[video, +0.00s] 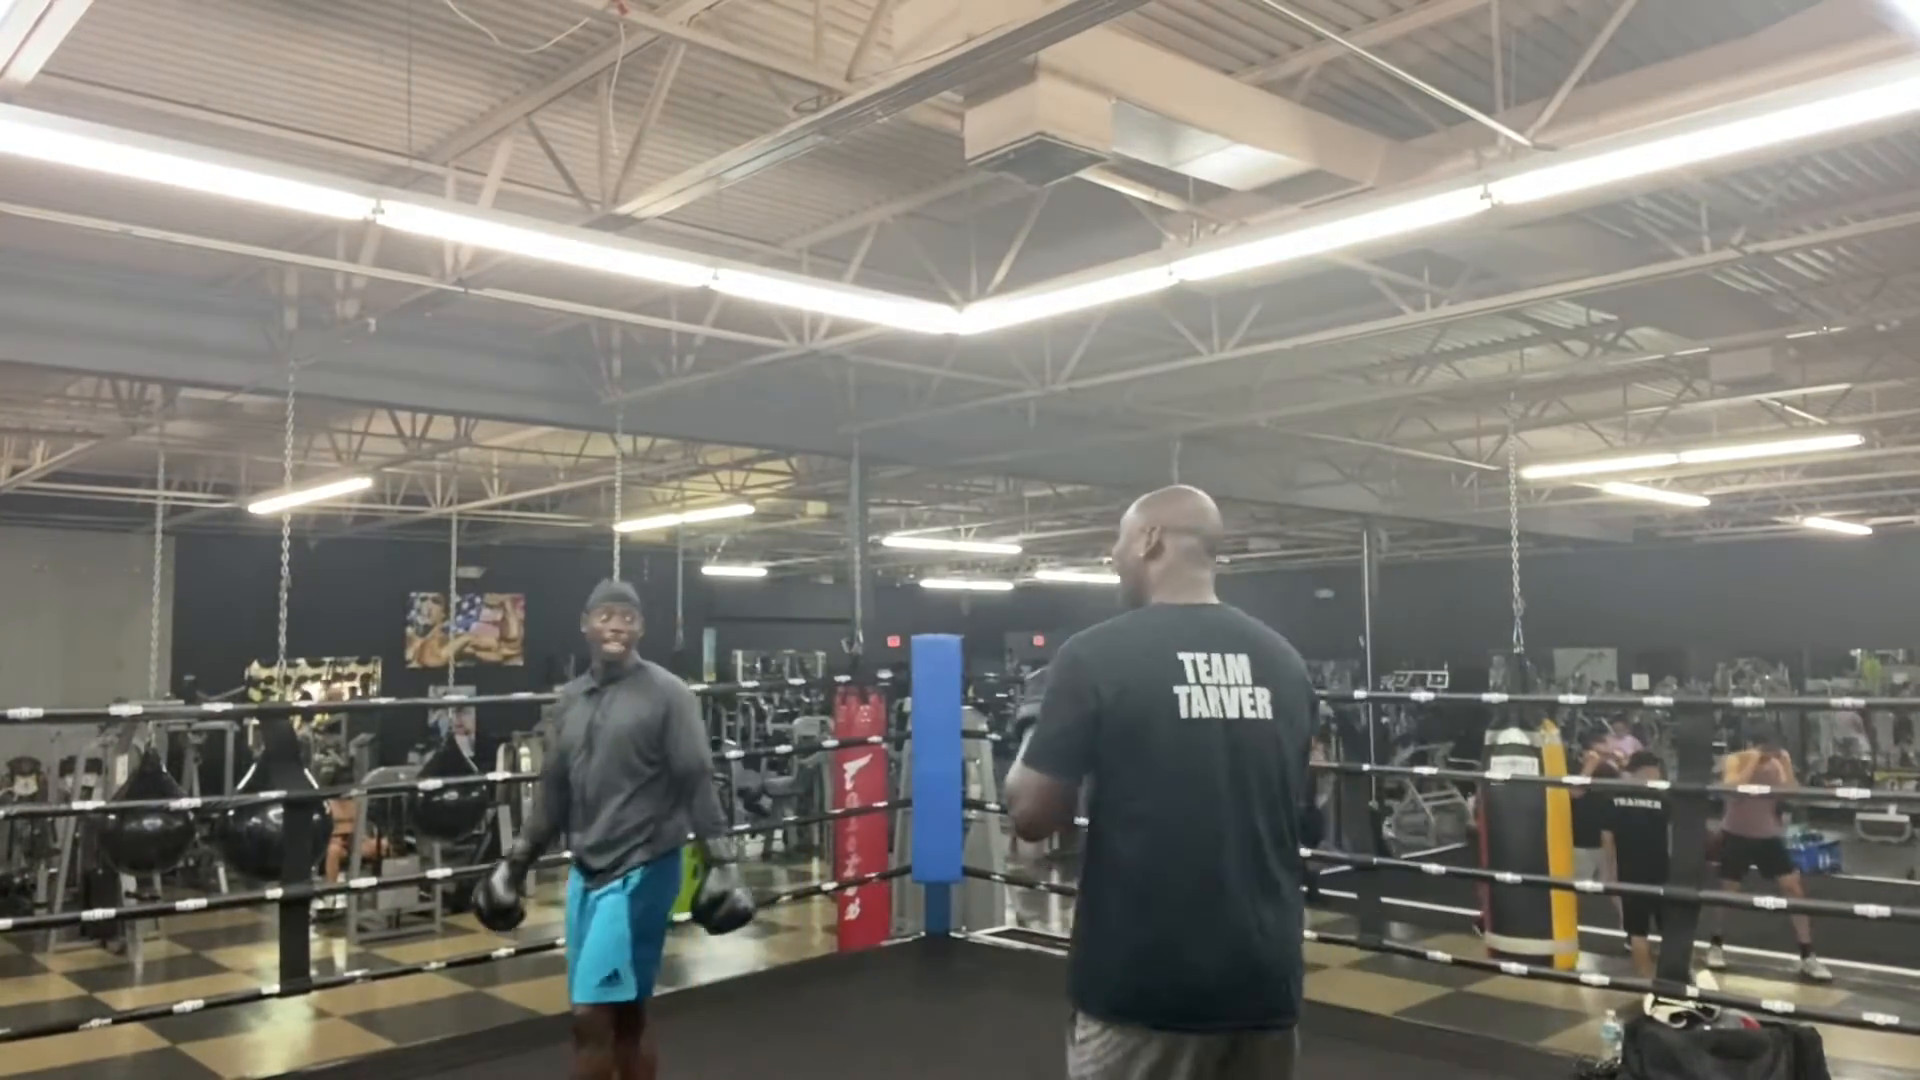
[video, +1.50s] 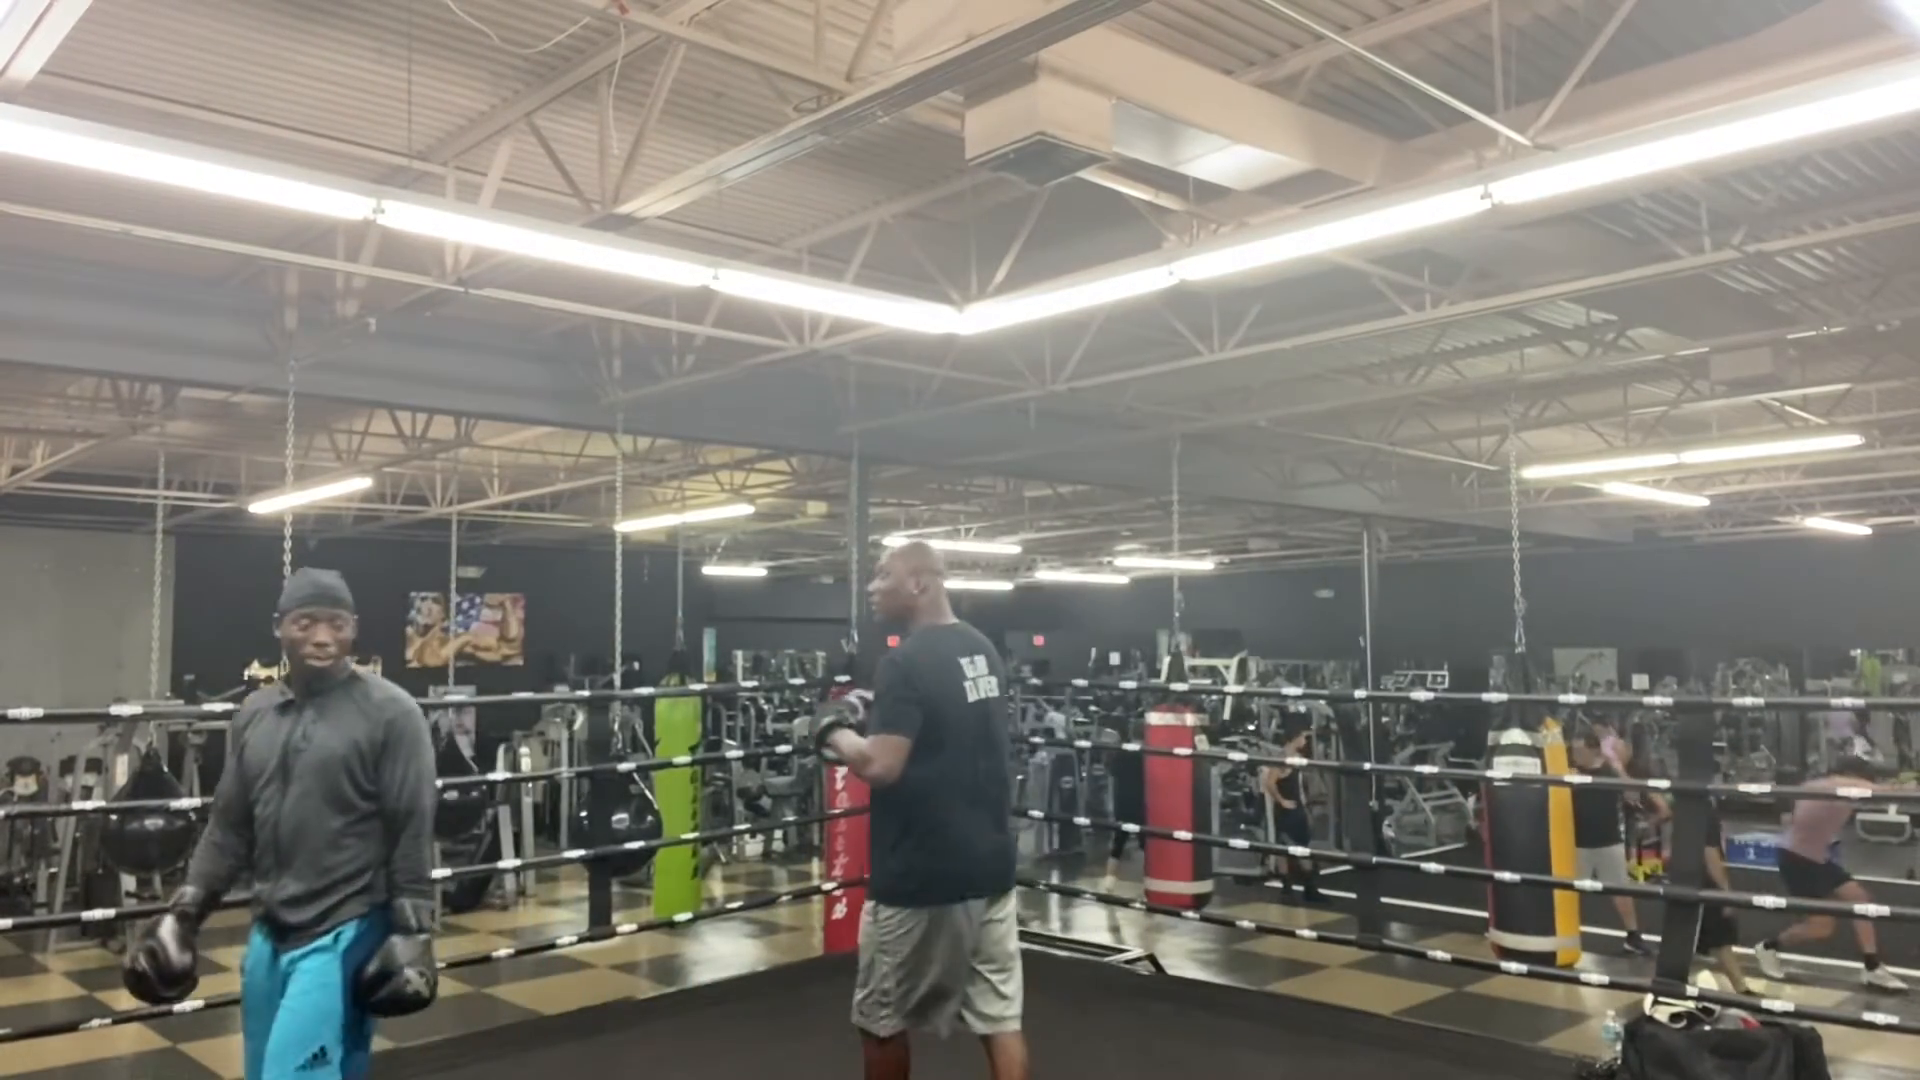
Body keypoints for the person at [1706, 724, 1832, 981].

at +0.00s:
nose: (1766, 759)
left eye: (1770, 756)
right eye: (1762, 754)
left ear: (1776, 756)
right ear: (1751, 750)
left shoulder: (1775, 767)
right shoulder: (1735, 762)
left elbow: (1790, 792)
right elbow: (1730, 786)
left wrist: (1785, 767)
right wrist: (1750, 765)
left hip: (1769, 838)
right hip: (1736, 836)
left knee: (1794, 890)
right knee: (1728, 893)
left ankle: (1807, 955)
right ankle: (1716, 945)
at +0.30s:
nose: (1779, 751)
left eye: (1784, 747)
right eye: (1775, 746)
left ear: (1789, 747)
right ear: (1766, 743)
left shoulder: (1794, 761)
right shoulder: (1745, 760)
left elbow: (1800, 796)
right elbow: (1744, 788)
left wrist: (1792, 766)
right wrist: (1767, 763)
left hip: (1777, 838)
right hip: (1743, 836)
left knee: (1799, 891)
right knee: (1730, 892)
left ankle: (1808, 955)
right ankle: (1721, 946)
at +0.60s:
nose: (1769, 763)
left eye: (1774, 760)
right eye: (1765, 758)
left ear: (1779, 758)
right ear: (1755, 753)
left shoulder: (1785, 768)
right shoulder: (1737, 767)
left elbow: (1799, 807)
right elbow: (1740, 803)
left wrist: (1784, 782)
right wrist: (1761, 778)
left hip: (1769, 843)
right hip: (1736, 841)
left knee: (1797, 894)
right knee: (1728, 896)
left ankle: (1806, 956)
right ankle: (1721, 947)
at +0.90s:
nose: (1760, 758)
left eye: (1765, 753)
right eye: (1755, 752)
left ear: (1772, 752)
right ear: (1745, 750)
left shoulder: (1780, 767)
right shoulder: (1732, 770)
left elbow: (1799, 805)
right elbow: (1735, 805)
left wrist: (1780, 778)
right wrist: (1756, 778)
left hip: (1771, 846)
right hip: (1738, 845)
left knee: (1803, 891)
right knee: (1728, 898)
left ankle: (1809, 954)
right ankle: (1720, 947)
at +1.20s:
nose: (1804, 767)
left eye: (1809, 761)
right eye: (1800, 760)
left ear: (1818, 762)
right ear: (1792, 760)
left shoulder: (1822, 778)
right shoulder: (1776, 778)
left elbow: (1831, 818)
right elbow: (1778, 812)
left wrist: (1821, 787)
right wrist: (1804, 787)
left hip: (1809, 861)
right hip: (1774, 859)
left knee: (1845, 898)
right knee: (1755, 914)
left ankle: (1873, 966)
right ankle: (1724, 944)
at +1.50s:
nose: (1871, 783)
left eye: (1871, 779)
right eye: (1869, 779)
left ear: (1841, 769)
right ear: (1861, 775)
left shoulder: (1811, 783)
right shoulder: (1850, 785)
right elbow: (1883, 792)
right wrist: (1913, 788)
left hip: (1817, 862)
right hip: (1799, 863)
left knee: (1860, 902)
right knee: (1822, 927)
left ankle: (1872, 966)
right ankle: (1768, 947)